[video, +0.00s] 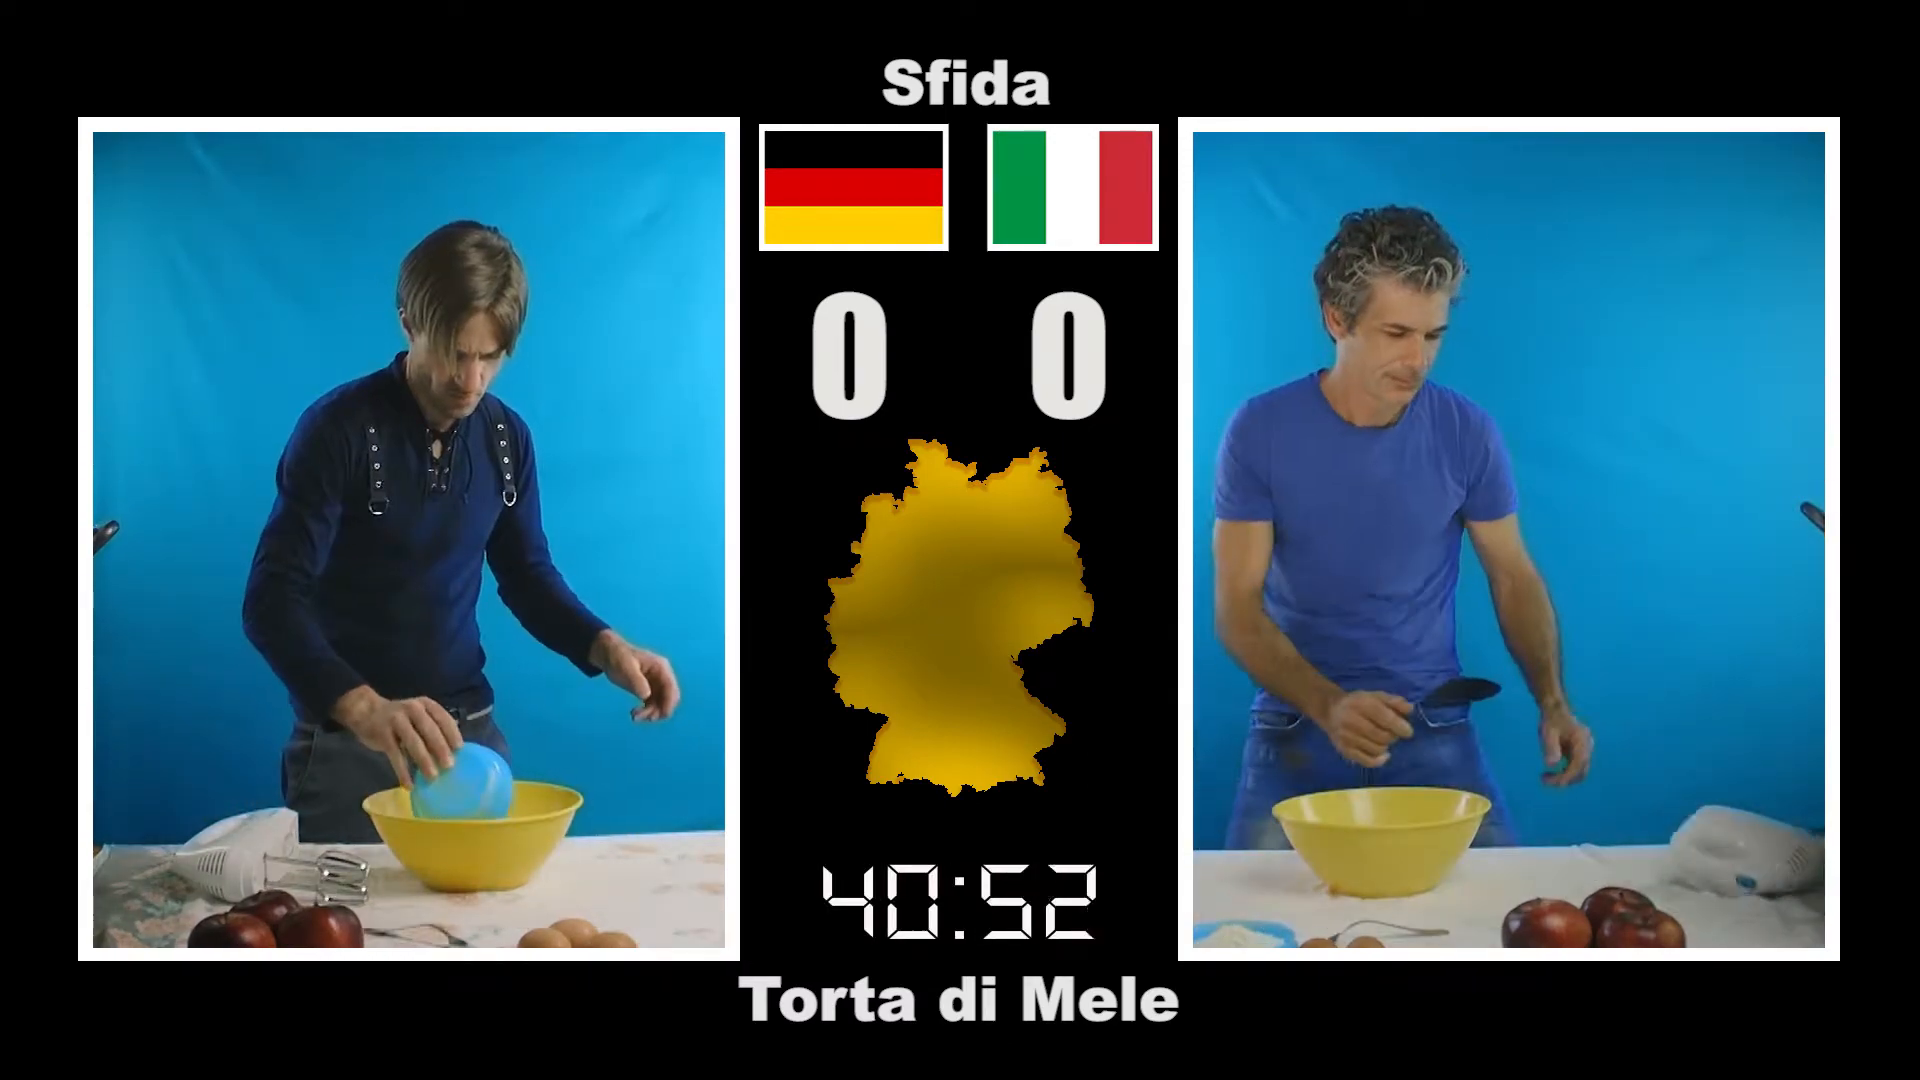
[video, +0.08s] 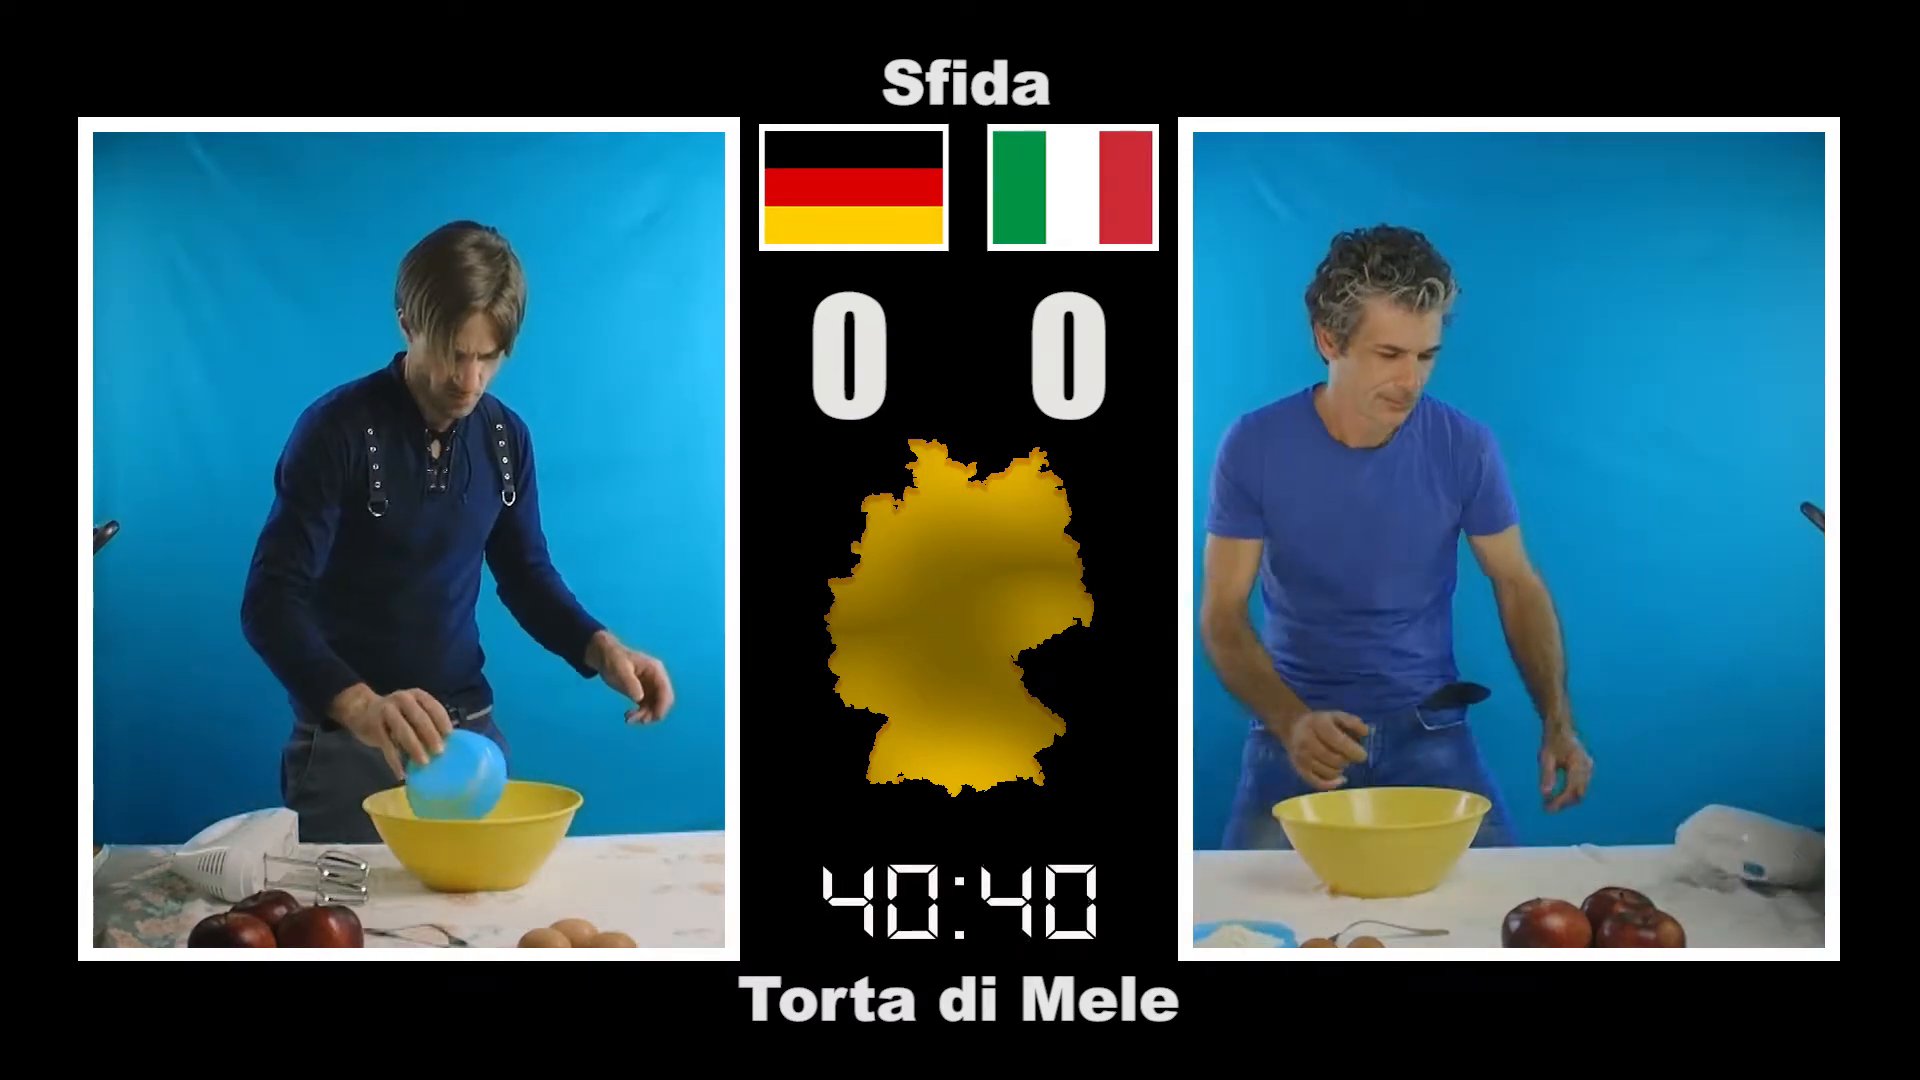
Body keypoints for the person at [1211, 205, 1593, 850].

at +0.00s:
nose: (1417, 359)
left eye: (1434, 335)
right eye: (1396, 334)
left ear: (1447, 326)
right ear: (1338, 322)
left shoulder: (1464, 433)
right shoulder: (1262, 433)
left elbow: (1513, 574)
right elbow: (1238, 610)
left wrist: (1553, 701)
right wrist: (1329, 703)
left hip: (1433, 739)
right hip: (1297, 741)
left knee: (1496, 925)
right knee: (1265, 937)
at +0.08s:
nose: (1410, 380)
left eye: (1426, 356)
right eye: (1389, 354)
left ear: (1440, 346)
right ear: (1329, 342)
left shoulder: (1463, 450)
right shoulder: (1256, 448)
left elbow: (1517, 585)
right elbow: (1222, 617)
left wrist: (1558, 721)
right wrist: (1292, 722)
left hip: (1427, 735)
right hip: (1295, 736)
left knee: (1497, 916)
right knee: (1260, 934)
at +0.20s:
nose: (1404, 411)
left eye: (1420, 386)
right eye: (1382, 388)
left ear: (1432, 371)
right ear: (1320, 373)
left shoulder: (1453, 466)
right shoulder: (1247, 468)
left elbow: (1516, 594)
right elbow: (1204, 627)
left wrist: (1563, 728)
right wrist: (1257, 741)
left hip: (1423, 747)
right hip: (1291, 752)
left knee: (1494, 924)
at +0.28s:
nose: (1401, 425)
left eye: (1416, 399)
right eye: (1379, 402)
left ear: (1426, 381)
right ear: (1314, 386)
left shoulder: (1447, 471)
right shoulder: (1242, 477)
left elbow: (1520, 601)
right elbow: (1198, 632)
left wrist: (1573, 731)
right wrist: (1250, 751)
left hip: (1417, 743)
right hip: (1287, 744)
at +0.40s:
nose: (1402, 440)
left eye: (1415, 412)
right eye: (1379, 416)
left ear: (1425, 398)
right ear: (1313, 402)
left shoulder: (1448, 481)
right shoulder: (1243, 481)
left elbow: (1536, 620)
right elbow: (1197, 637)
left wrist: (1606, 734)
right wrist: (1258, 758)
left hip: (1412, 742)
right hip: (1283, 749)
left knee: (1470, 917)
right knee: (1249, 928)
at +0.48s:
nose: (1405, 448)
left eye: (1419, 421)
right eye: (1382, 426)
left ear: (1430, 403)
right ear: (1318, 410)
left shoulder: (1450, 486)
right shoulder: (1247, 485)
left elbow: (1549, 629)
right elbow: (1204, 647)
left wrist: (1632, 742)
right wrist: (1287, 751)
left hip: (1413, 745)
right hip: (1283, 749)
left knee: (1456, 921)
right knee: (1242, 923)